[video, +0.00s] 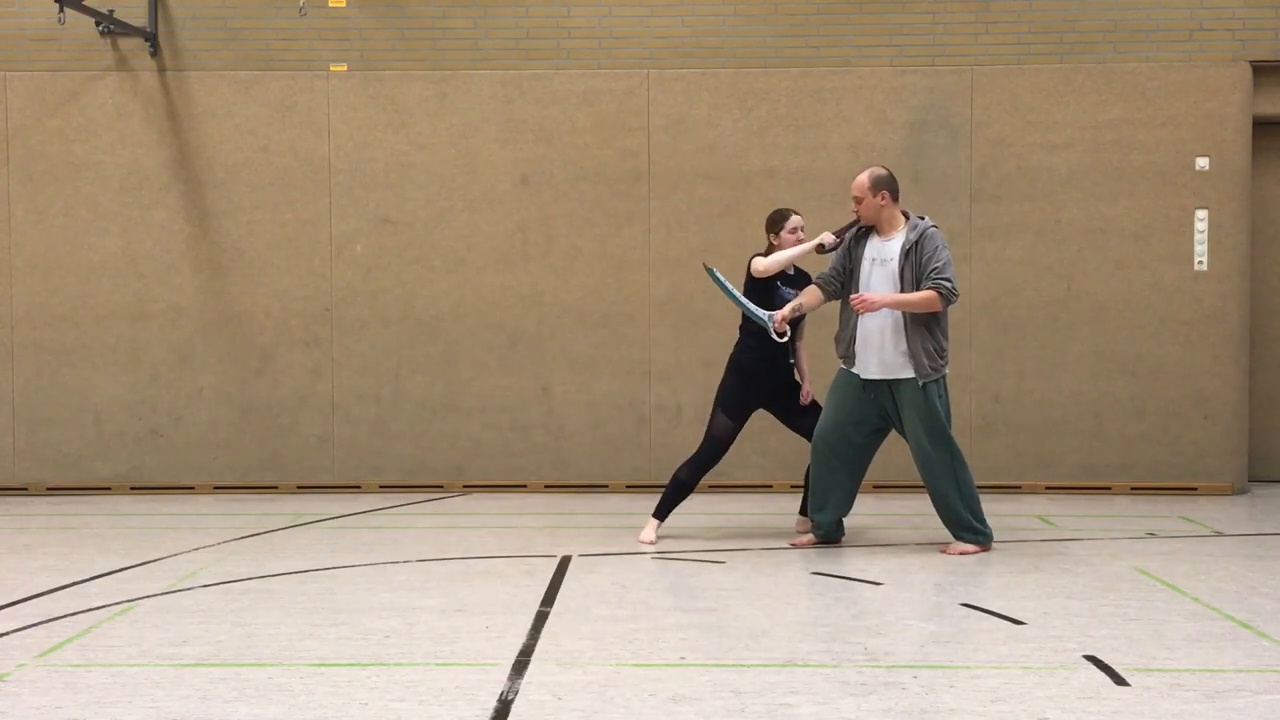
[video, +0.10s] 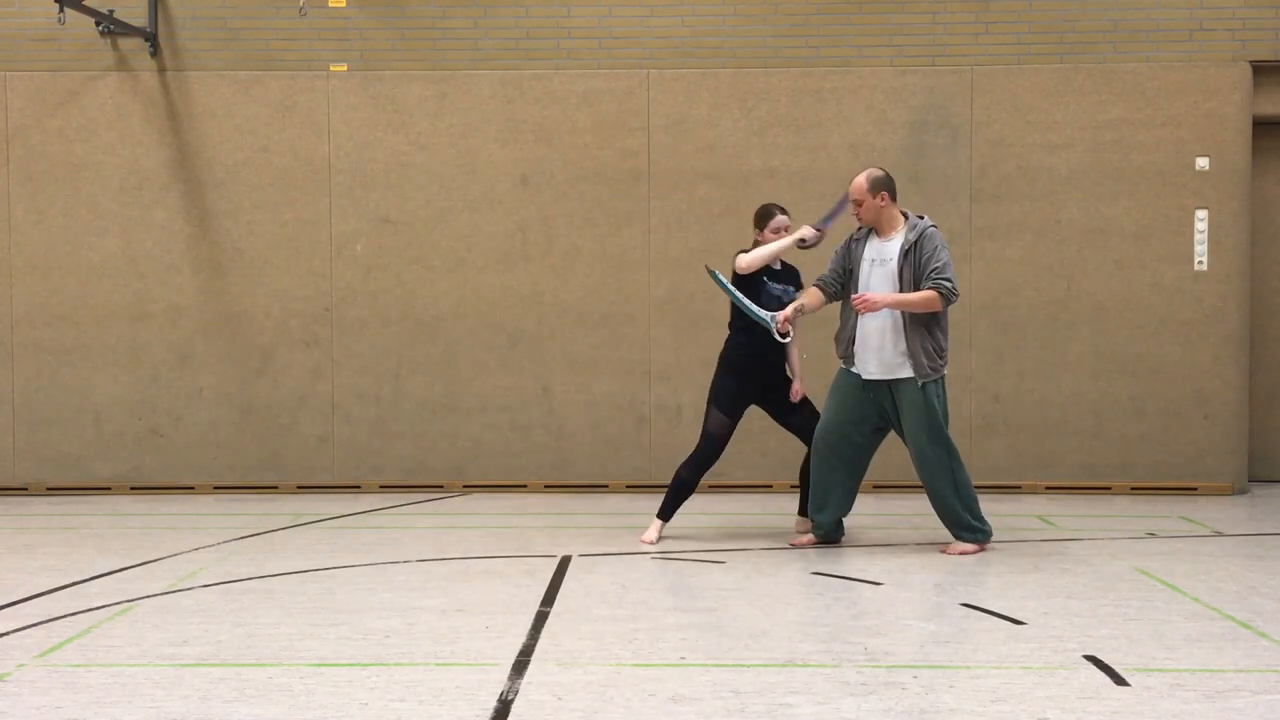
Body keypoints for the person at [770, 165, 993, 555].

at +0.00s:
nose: (853, 206)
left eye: (858, 199)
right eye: (852, 199)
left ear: (883, 198)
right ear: (878, 200)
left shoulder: (925, 237)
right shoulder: (856, 240)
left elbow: (943, 295)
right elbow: (828, 284)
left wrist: (886, 300)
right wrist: (794, 307)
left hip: (913, 374)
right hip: (860, 373)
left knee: (936, 454)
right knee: (829, 441)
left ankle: (974, 536)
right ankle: (826, 529)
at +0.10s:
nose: (853, 209)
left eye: (858, 202)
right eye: (851, 202)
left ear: (883, 199)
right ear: (875, 202)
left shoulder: (924, 236)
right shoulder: (854, 245)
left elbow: (943, 295)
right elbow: (826, 286)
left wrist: (886, 300)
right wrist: (796, 307)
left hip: (913, 373)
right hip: (859, 373)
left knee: (933, 454)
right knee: (829, 442)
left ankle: (973, 533)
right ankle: (826, 528)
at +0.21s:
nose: (856, 212)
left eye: (861, 205)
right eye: (854, 205)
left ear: (886, 201)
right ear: (876, 203)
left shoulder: (927, 237)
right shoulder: (857, 245)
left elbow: (945, 296)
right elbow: (832, 290)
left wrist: (891, 300)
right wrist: (803, 313)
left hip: (912, 370)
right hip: (861, 371)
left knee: (925, 451)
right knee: (833, 443)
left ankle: (970, 529)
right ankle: (826, 529)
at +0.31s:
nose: (866, 215)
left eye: (870, 208)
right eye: (863, 208)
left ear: (896, 203)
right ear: (888, 205)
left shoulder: (936, 240)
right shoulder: (869, 245)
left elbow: (953, 300)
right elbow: (845, 296)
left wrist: (898, 302)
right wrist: (815, 320)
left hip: (916, 371)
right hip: (867, 371)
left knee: (920, 453)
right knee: (839, 443)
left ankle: (975, 527)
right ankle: (826, 527)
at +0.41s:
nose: (879, 218)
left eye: (884, 210)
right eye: (878, 210)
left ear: (909, 205)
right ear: (900, 206)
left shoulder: (950, 242)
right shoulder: (886, 249)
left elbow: (961, 303)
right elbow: (865, 302)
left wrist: (901, 303)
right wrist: (833, 333)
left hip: (930, 373)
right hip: (885, 372)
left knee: (925, 453)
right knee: (851, 445)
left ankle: (982, 531)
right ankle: (828, 529)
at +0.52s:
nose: (895, 218)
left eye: (899, 210)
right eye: (892, 210)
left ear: (923, 203)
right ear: (917, 205)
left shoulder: (962, 240)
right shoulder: (910, 247)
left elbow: (970, 300)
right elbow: (898, 310)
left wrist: (903, 302)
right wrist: (863, 343)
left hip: (946, 373)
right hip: (906, 373)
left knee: (940, 459)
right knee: (877, 450)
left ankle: (987, 537)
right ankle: (840, 523)